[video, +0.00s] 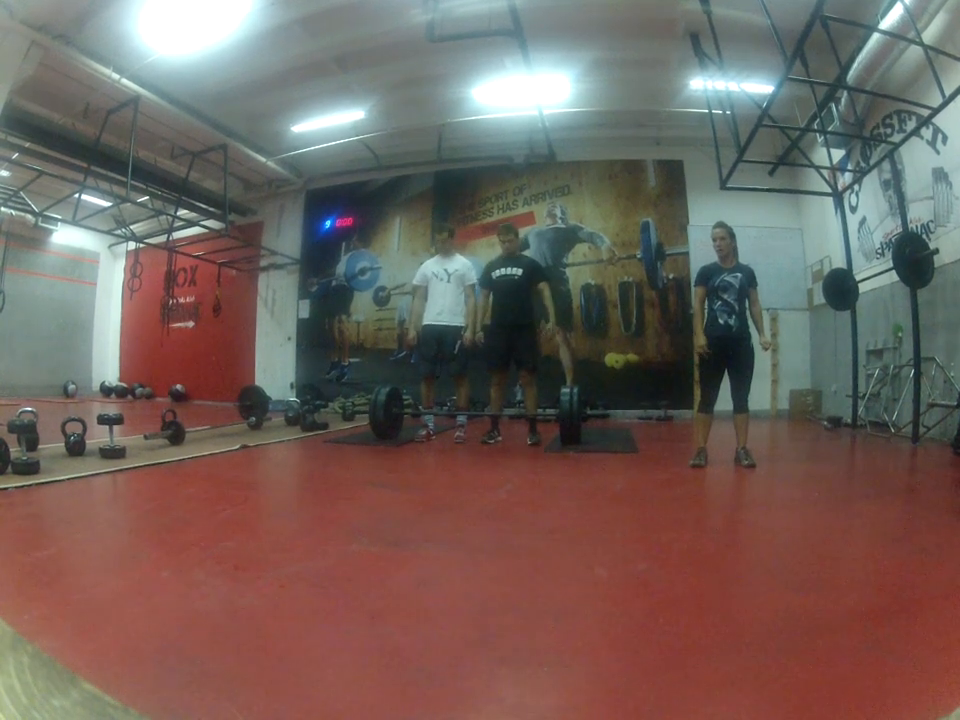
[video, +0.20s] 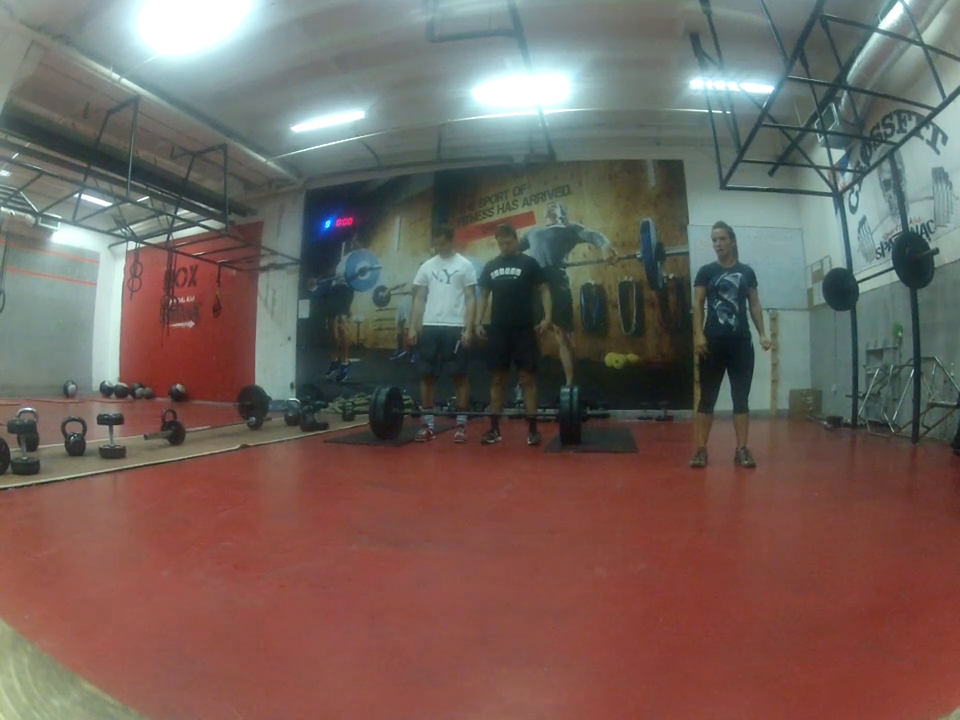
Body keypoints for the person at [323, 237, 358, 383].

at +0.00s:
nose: (353, 243)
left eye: (355, 241)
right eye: (353, 241)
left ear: (359, 242)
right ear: (351, 242)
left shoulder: (358, 257)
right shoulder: (345, 257)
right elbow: (337, 274)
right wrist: (320, 280)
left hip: (345, 289)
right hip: (334, 289)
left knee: (342, 326)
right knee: (332, 326)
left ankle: (345, 363)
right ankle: (335, 362)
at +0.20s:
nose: (353, 244)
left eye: (355, 241)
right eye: (352, 241)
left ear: (358, 242)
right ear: (350, 242)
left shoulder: (359, 257)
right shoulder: (345, 257)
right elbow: (337, 275)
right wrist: (319, 281)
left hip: (345, 289)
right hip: (334, 289)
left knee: (342, 326)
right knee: (332, 326)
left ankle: (345, 363)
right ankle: (335, 361)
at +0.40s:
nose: (353, 243)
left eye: (355, 240)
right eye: (352, 240)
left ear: (359, 242)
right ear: (351, 242)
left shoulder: (359, 256)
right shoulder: (346, 257)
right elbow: (336, 272)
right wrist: (319, 279)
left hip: (345, 288)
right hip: (334, 288)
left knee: (342, 326)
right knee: (332, 326)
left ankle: (345, 363)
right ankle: (335, 362)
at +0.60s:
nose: (353, 243)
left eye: (355, 240)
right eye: (353, 240)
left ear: (360, 242)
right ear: (352, 241)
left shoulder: (360, 256)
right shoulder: (346, 256)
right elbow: (336, 272)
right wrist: (320, 278)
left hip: (345, 288)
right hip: (334, 288)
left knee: (342, 325)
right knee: (332, 326)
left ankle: (345, 363)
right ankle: (335, 362)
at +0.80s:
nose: (353, 243)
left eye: (355, 241)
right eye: (352, 241)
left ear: (358, 242)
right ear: (350, 242)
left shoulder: (359, 256)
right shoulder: (345, 257)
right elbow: (336, 272)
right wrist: (319, 279)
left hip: (345, 288)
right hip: (334, 288)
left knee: (342, 326)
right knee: (332, 327)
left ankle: (345, 362)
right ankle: (335, 361)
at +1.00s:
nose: (353, 244)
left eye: (355, 241)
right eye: (352, 241)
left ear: (358, 242)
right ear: (350, 242)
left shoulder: (360, 256)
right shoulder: (346, 257)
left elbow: (363, 272)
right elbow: (336, 273)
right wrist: (319, 279)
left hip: (345, 289)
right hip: (334, 288)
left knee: (342, 326)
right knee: (332, 326)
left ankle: (345, 363)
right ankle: (335, 361)